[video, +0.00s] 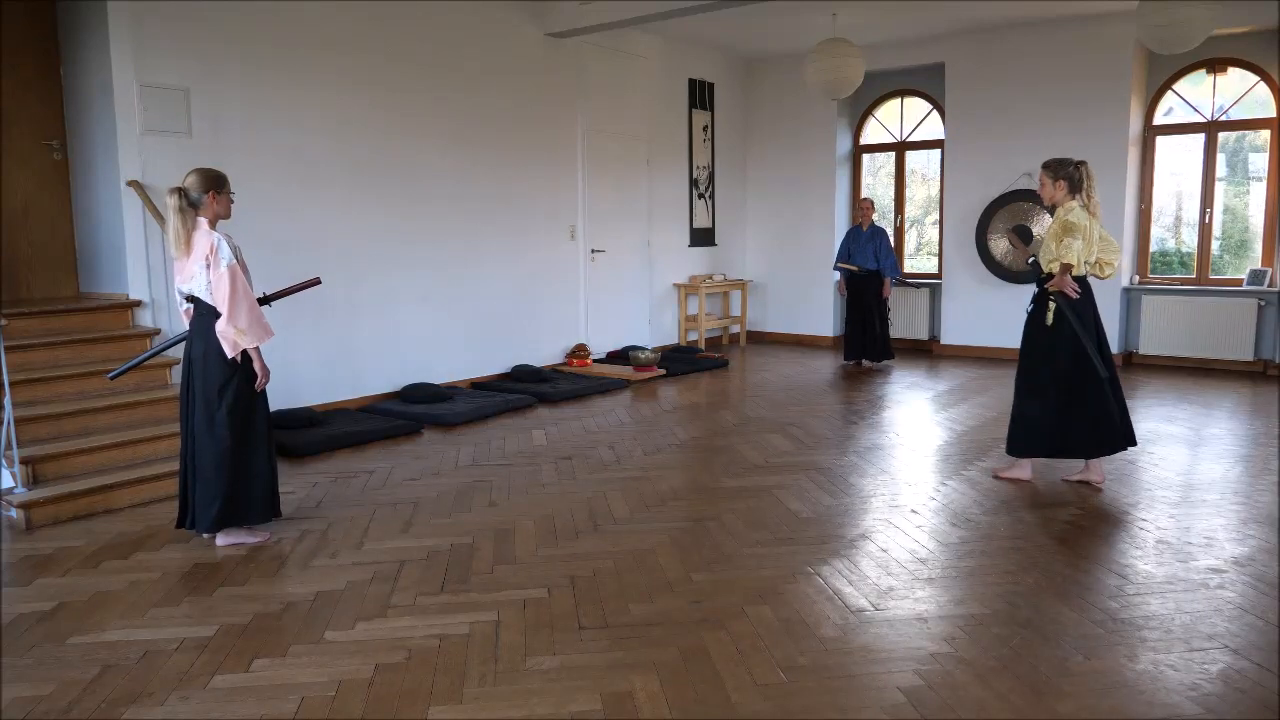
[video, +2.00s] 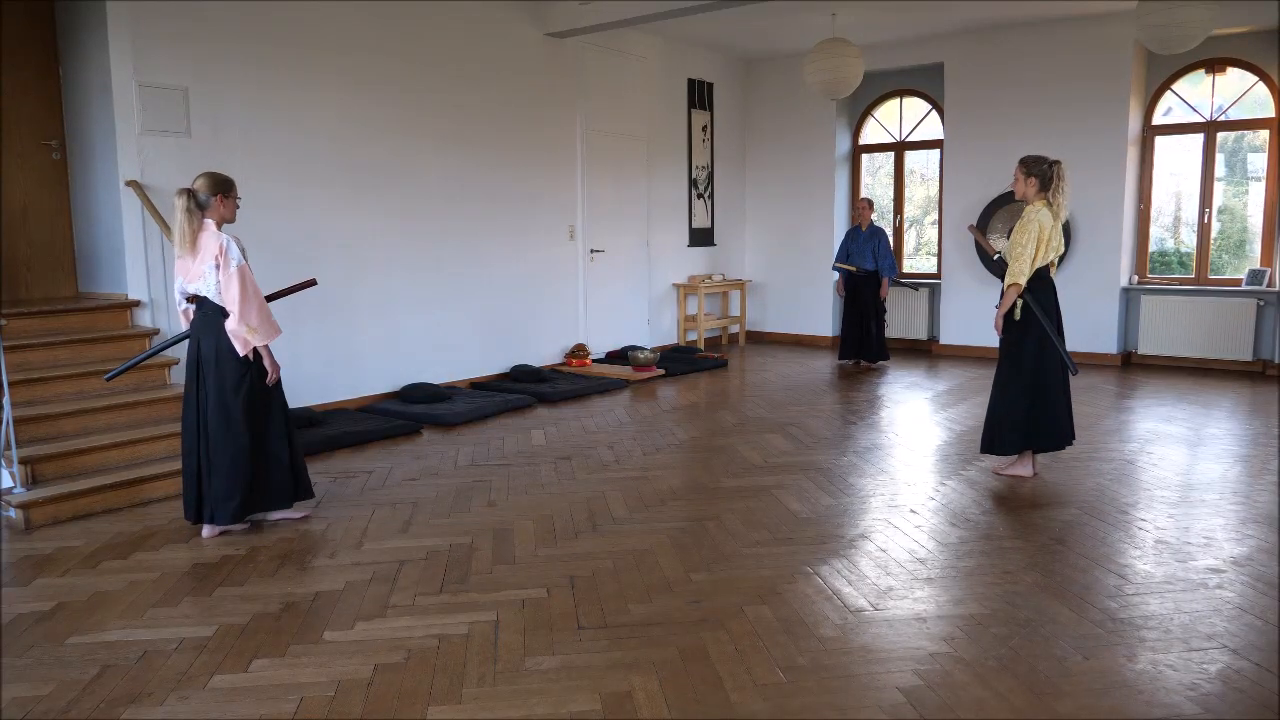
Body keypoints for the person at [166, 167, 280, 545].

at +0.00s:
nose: (232, 201)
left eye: (231, 194)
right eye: (229, 195)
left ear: (202, 199)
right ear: (212, 198)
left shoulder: (184, 241)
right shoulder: (218, 242)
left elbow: (186, 303)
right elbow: (234, 304)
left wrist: (204, 333)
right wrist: (255, 352)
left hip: (200, 343)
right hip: (225, 344)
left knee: (211, 432)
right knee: (232, 433)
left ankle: (216, 521)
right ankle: (231, 526)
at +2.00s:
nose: (237, 206)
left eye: (236, 199)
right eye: (234, 200)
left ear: (203, 202)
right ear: (219, 202)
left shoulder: (186, 245)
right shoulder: (224, 244)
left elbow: (185, 303)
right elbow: (242, 304)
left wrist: (201, 334)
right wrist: (264, 349)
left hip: (201, 340)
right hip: (232, 339)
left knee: (213, 425)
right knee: (260, 415)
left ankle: (216, 515)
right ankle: (276, 502)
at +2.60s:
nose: (288, 205)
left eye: (286, 199)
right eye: (285, 200)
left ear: (256, 203)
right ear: (271, 202)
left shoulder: (237, 245)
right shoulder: (280, 242)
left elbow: (236, 301)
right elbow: (294, 299)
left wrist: (252, 327)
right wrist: (312, 344)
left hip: (251, 332)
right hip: (281, 332)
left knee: (247, 413)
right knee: (298, 411)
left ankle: (221, 500)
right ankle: (306, 493)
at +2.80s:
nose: (305, 204)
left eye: (304, 199)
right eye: (302, 199)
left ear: (275, 201)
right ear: (289, 201)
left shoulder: (254, 244)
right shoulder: (298, 240)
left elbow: (256, 298)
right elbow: (314, 297)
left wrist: (273, 324)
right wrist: (333, 339)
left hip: (272, 330)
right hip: (302, 330)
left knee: (275, 406)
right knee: (309, 408)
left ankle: (254, 486)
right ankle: (305, 493)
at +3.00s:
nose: (321, 205)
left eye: (320, 200)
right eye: (319, 200)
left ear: (292, 202)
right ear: (305, 201)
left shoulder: (272, 242)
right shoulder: (314, 239)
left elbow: (272, 296)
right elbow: (327, 295)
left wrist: (290, 323)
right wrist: (346, 337)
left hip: (289, 329)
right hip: (316, 329)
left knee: (297, 408)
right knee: (319, 409)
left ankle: (301, 488)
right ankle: (312, 492)